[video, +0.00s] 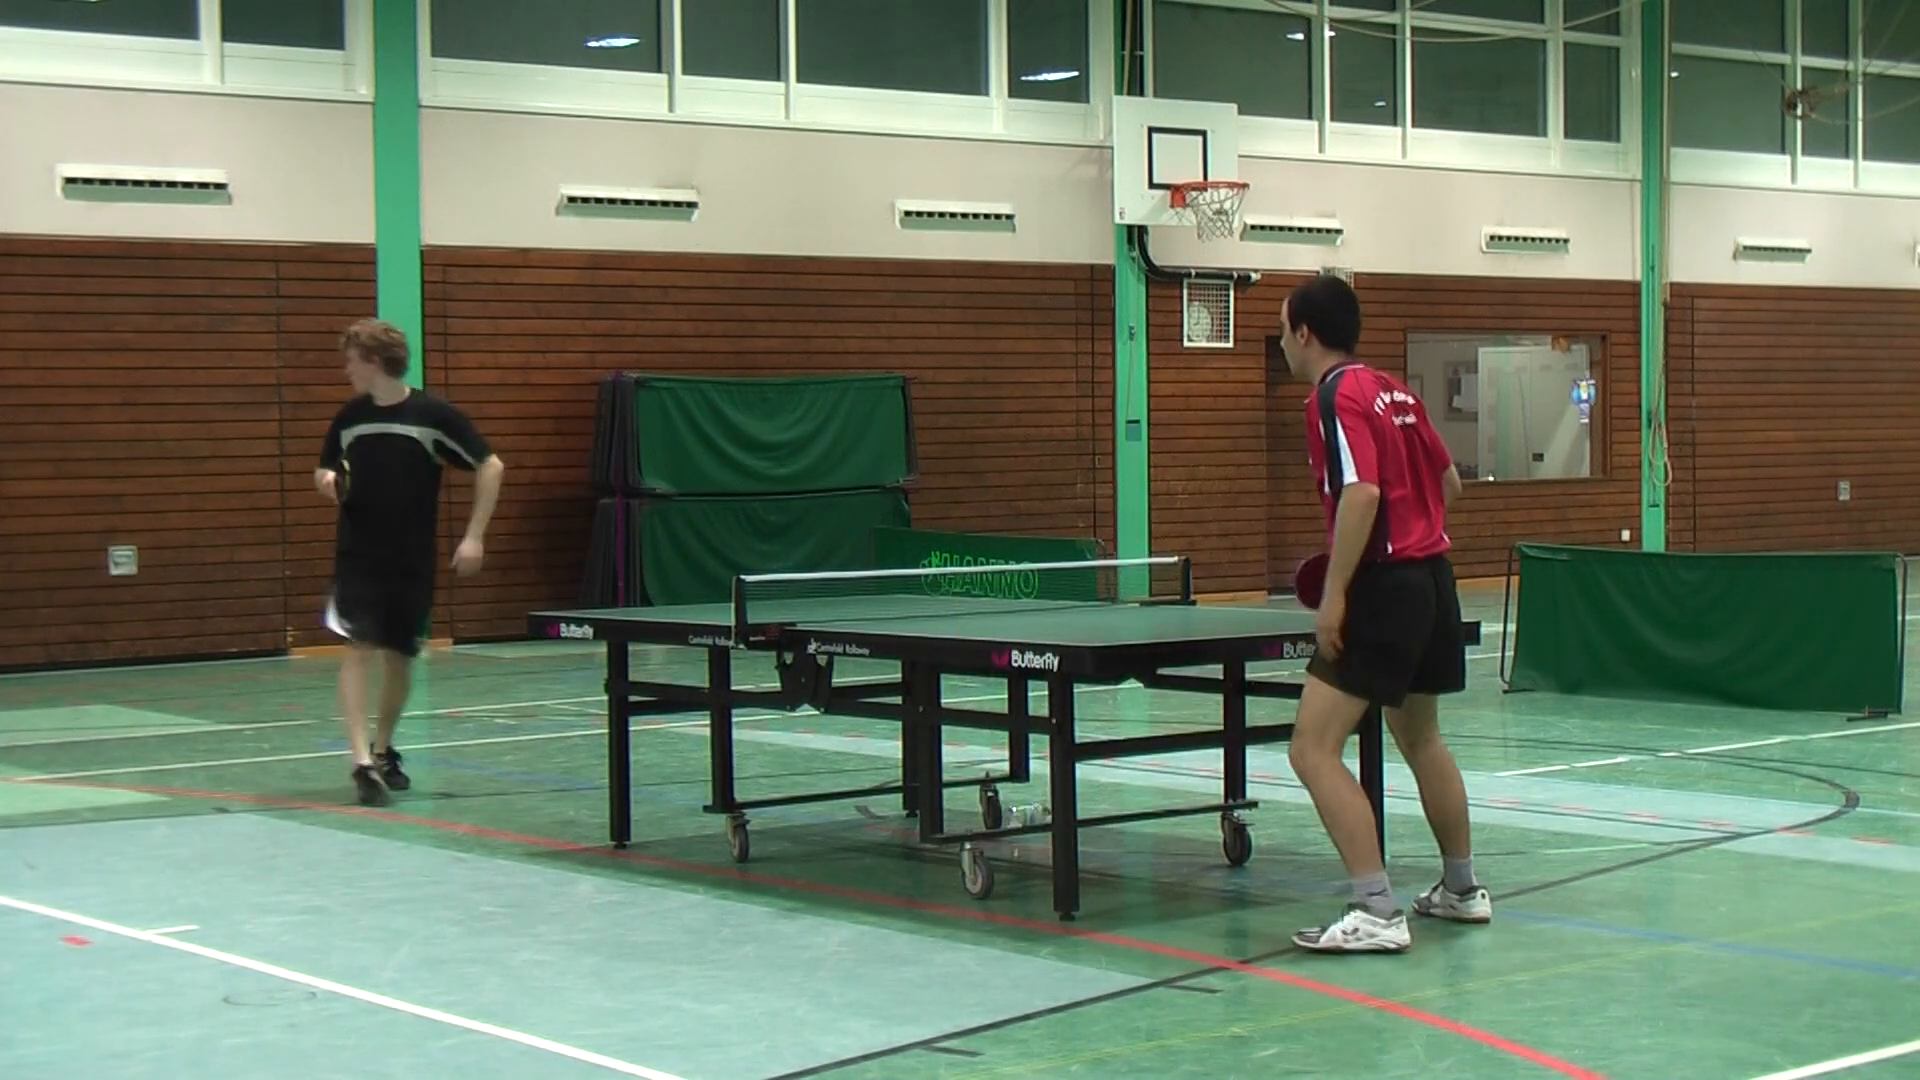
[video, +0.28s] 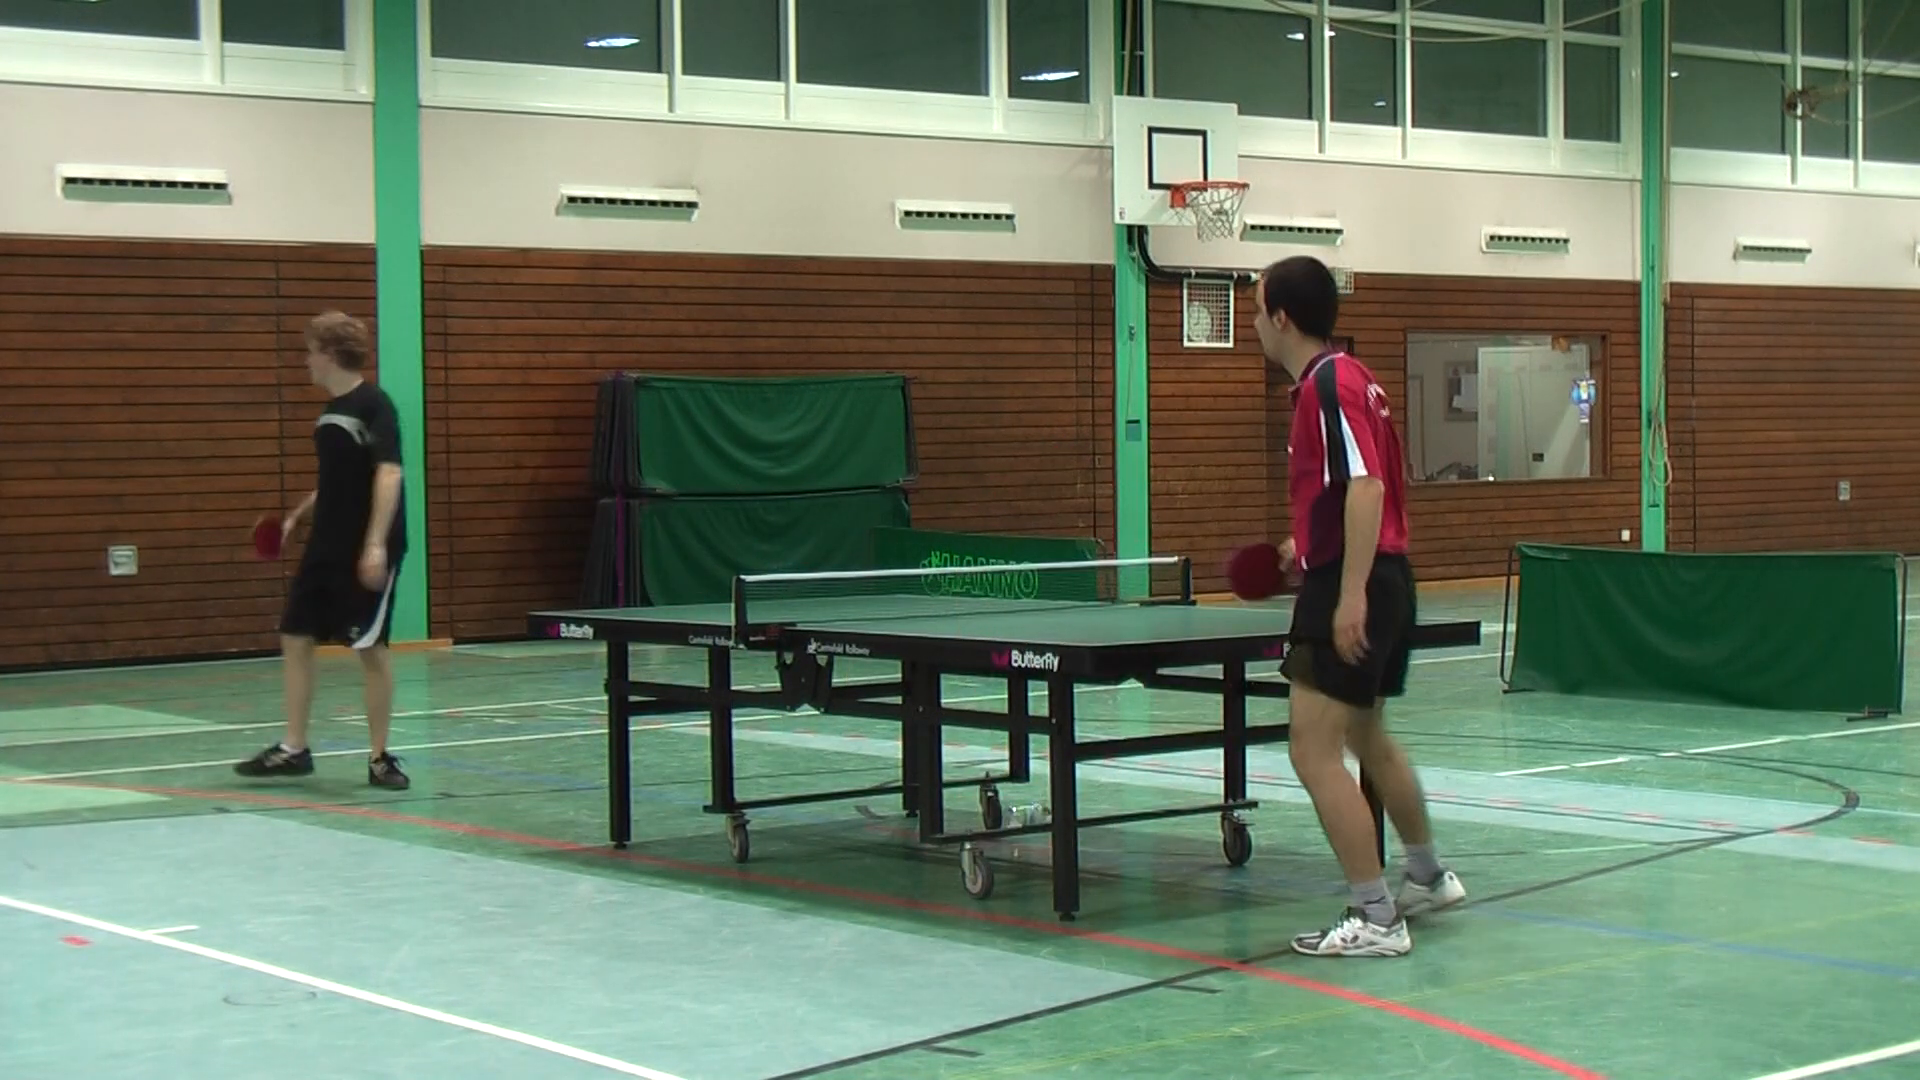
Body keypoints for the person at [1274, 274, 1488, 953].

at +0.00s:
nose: (1285, 346)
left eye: (1286, 334)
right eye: (1286, 334)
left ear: (1306, 333)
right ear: (1351, 332)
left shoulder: (1336, 394)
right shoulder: (1393, 387)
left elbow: (1362, 491)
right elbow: (1446, 481)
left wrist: (1333, 591)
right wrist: (1398, 549)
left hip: (1381, 590)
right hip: (1432, 585)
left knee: (1313, 751)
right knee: (1420, 735)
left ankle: (1376, 910)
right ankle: (1461, 888)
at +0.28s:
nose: (1258, 327)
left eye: (1260, 314)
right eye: (1259, 314)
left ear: (1281, 318)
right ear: (1321, 315)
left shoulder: (1329, 382)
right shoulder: (1349, 376)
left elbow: (1365, 488)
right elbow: (1357, 486)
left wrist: (1353, 594)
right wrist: (1306, 550)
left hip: (1343, 581)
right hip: (1377, 578)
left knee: (1314, 752)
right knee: (1369, 735)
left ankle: (1374, 915)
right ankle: (1427, 873)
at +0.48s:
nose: (1232, 314)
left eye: (1235, 301)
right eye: (1235, 301)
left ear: (1258, 307)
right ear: (1284, 304)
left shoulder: (1321, 371)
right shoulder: (1293, 374)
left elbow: (1348, 476)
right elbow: (1316, 471)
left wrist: (1282, 566)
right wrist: (1266, 508)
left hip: (1343, 574)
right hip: (1308, 574)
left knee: (1336, 740)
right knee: (1268, 726)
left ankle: (1381, 916)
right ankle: (1335, 880)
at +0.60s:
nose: (1270, 528)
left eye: (1271, 518)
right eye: (1273, 518)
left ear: (1278, 518)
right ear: (1339, 511)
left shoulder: (1273, 548)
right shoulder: (1385, 539)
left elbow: (1251, 612)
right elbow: (1418, 613)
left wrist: (1262, 714)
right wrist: (1326, 658)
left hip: (1379, 689)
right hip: (1464, 680)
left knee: (1229, 781)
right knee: (1478, 781)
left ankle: (1199, 957)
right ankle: (1545, 925)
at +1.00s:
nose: (1215, 449)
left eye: (1216, 441)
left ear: (1224, 443)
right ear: (1283, 439)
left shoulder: (1221, 485)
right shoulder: (1325, 486)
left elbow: (1208, 572)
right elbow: (1368, 580)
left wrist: (1198, 677)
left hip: (1304, 665)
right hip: (1378, 661)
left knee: (1163, 785)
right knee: (1420, 794)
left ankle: (1199, 958)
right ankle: (1531, 924)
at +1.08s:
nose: (1196, 412)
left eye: (1197, 404)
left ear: (1208, 408)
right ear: (1270, 406)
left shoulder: (1193, 456)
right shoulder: (1310, 463)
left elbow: (1162, 545)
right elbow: (1356, 582)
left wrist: (1150, 645)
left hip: (1247, 651)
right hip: (1326, 650)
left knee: (1144, 790)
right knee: (1365, 784)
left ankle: (1198, 956)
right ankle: (1454, 922)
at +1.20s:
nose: (1181, 379)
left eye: (1183, 370)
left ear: (1188, 375)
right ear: (1253, 377)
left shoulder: (1157, 429)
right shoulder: (1293, 443)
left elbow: (1100, 516)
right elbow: (1337, 564)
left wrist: (1082, 613)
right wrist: (1269, 558)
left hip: (1174, 628)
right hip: (1262, 634)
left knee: (1105, 774)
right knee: (1268, 770)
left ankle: (1146, 917)